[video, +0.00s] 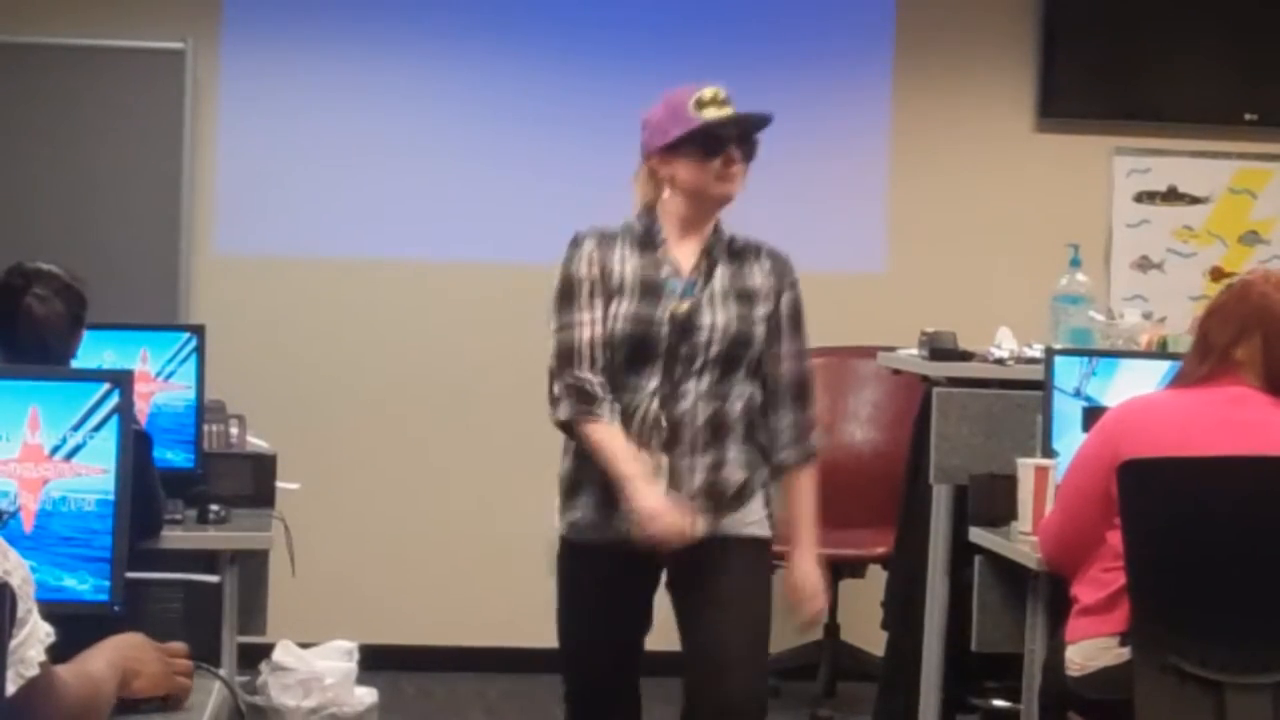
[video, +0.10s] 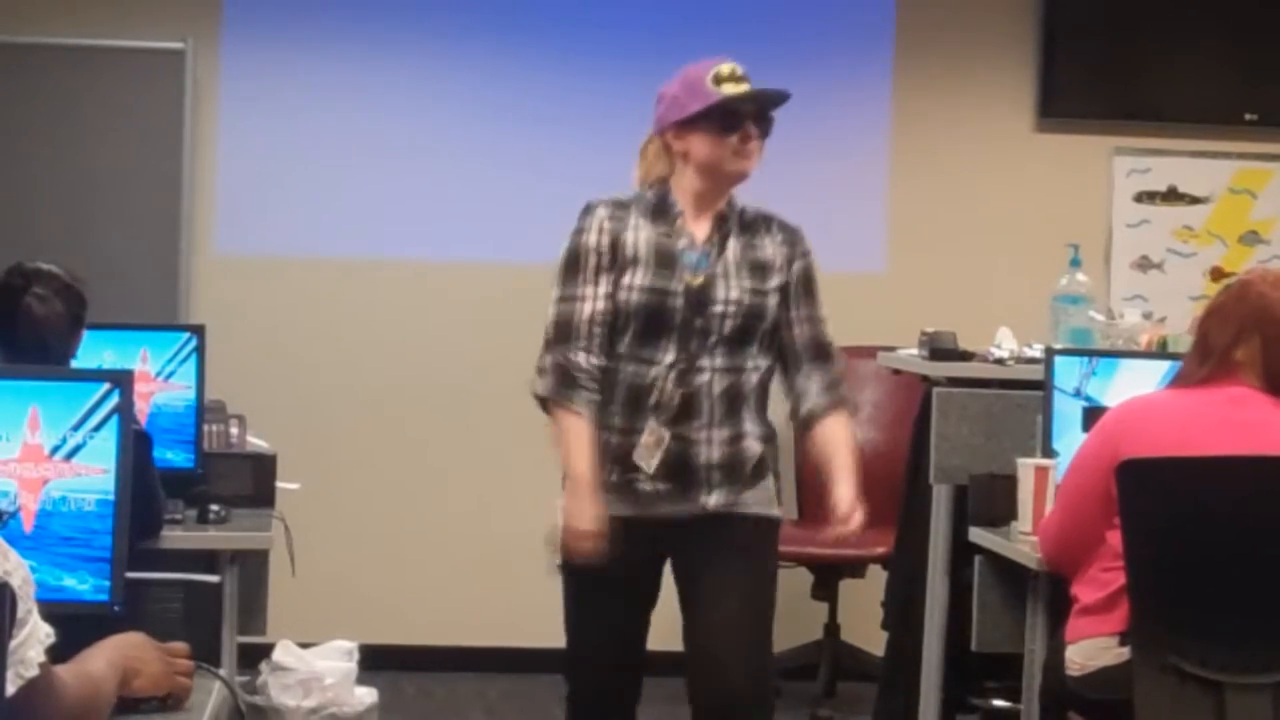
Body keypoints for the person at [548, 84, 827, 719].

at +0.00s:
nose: (734, 160)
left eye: (741, 147)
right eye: (711, 147)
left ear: (747, 159)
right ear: (663, 164)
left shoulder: (767, 273)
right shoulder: (596, 256)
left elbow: (791, 422)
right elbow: (577, 394)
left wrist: (804, 551)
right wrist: (642, 488)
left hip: (726, 528)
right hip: (608, 525)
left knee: (732, 703)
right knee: (599, 706)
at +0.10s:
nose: (751, 136)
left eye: (757, 123)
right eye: (728, 123)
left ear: (762, 136)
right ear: (677, 138)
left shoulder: (779, 245)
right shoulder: (607, 226)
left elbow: (813, 372)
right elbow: (571, 367)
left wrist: (843, 477)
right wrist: (581, 486)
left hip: (731, 503)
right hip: (616, 499)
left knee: (735, 698)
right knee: (599, 700)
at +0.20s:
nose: (761, 147)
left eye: (768, 133)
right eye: (739, 134)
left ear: (776, 145)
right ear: (689, 149)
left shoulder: (794, 253)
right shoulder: (623, 240)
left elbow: (844, 371)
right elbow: (546, 376)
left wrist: (871, 474)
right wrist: (525, 502)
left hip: (738, 516)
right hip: (619, 509)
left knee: (743, 701)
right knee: (598, 701)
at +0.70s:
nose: (656, 168)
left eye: (680, 153)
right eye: (650, 152)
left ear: (728, 171)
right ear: (641, 164)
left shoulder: (774, 271)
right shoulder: (613, 274)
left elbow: (723, 386)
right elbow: (601, 407)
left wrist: (580, 419)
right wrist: (595, 519)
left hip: (746, 534)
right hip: (630, 529)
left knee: (740, 710)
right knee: (615, 705)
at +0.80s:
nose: (633, 170)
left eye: (658, 158)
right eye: (629, 156)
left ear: (708, 176)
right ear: (619, 169)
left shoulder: (760, 278)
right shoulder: (598, 289)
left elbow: (720, 406)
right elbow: (590, 420)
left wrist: (583, 468)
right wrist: (582, 525)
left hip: (737, 553)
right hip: (620, 545)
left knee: (735, 710)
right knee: (601, 703)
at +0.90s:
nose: (615, 149)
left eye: (637, 129)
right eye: (610, 131)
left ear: (688, 143)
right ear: (608, 141)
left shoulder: (751, 239)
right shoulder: (585, 258)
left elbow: (733, 383)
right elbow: (567, 408)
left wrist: (659, 487)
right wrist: (558, 541)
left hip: (731, 529)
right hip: (607, 529)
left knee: (727, 711)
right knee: (597, 707)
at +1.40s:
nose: (660, 144)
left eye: (685, 129)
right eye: (641, 128)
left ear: (721, 146)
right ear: (621, 146)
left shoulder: (777, 258)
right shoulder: (575, 257)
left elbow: (820, 407)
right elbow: (549, 404)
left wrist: (809, 523)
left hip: (730, 541)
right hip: (602, 538)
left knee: (733, 707)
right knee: (584, 708)